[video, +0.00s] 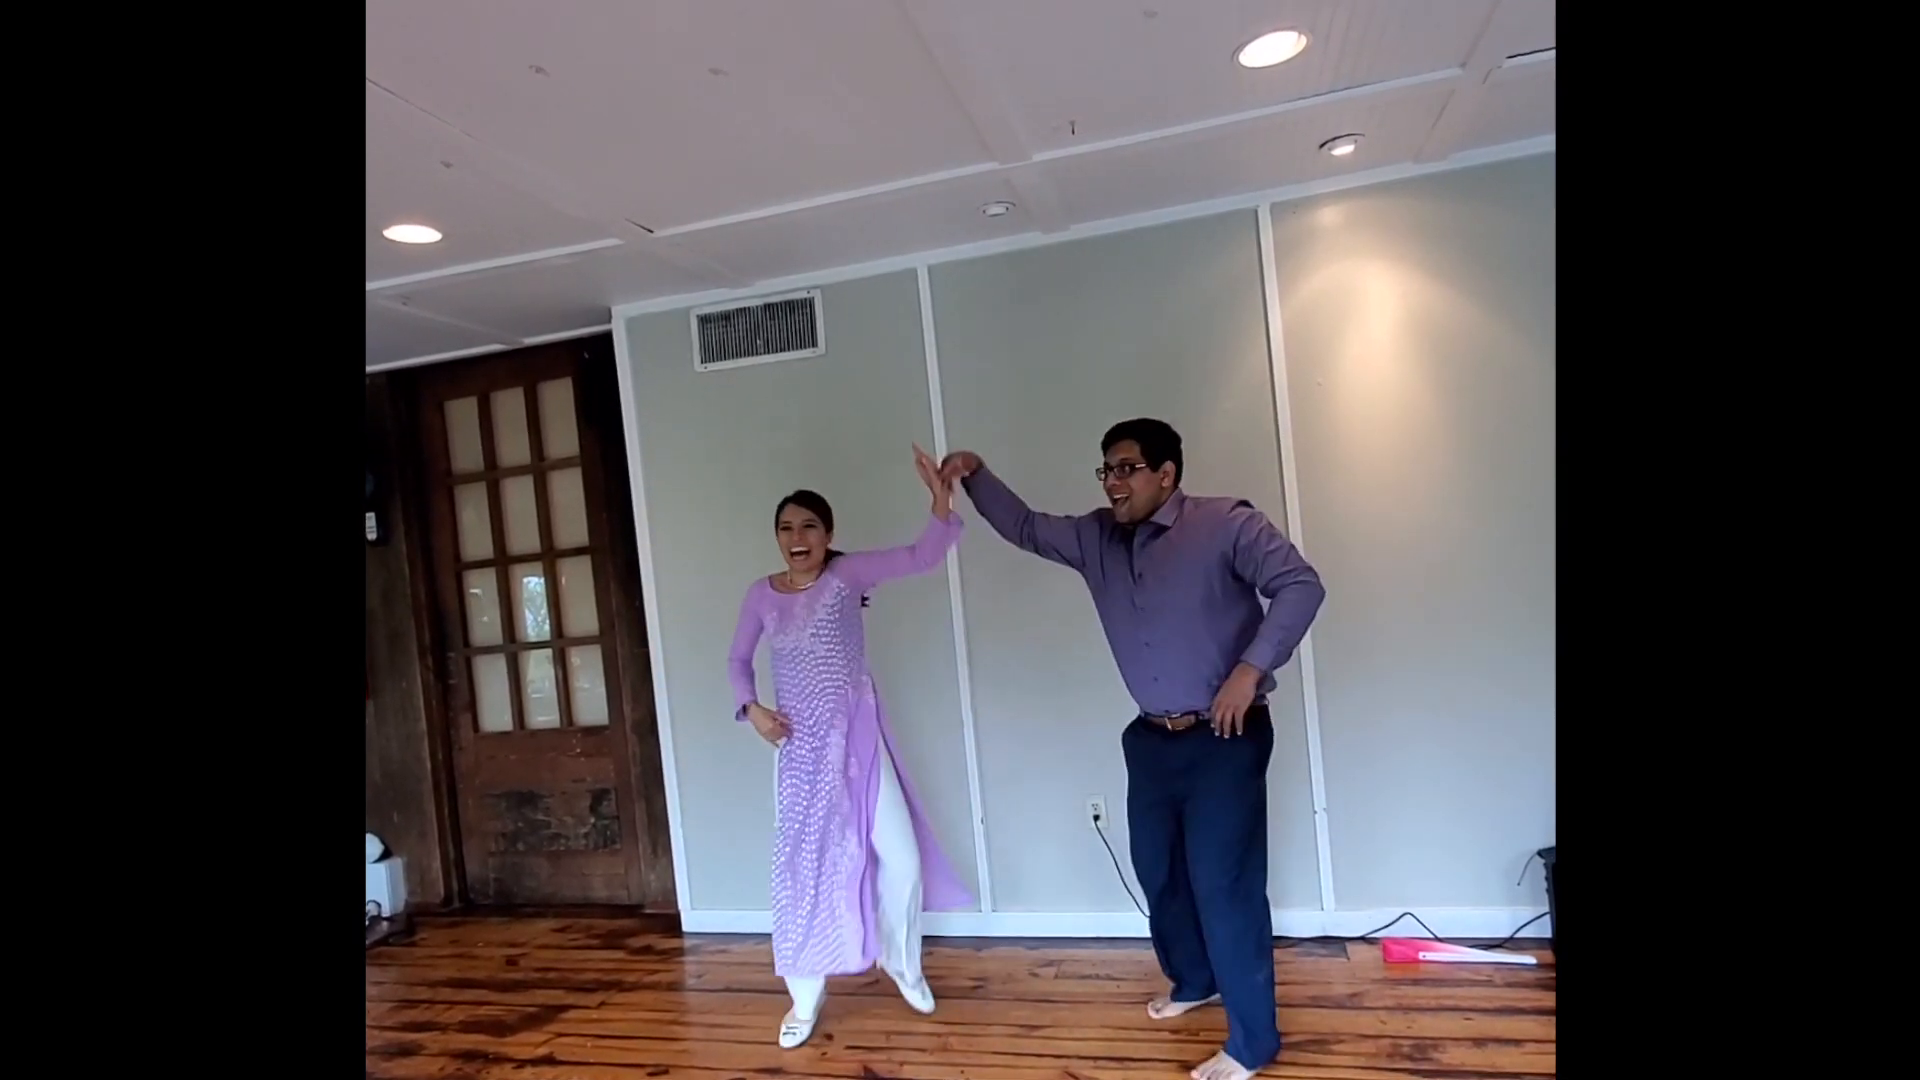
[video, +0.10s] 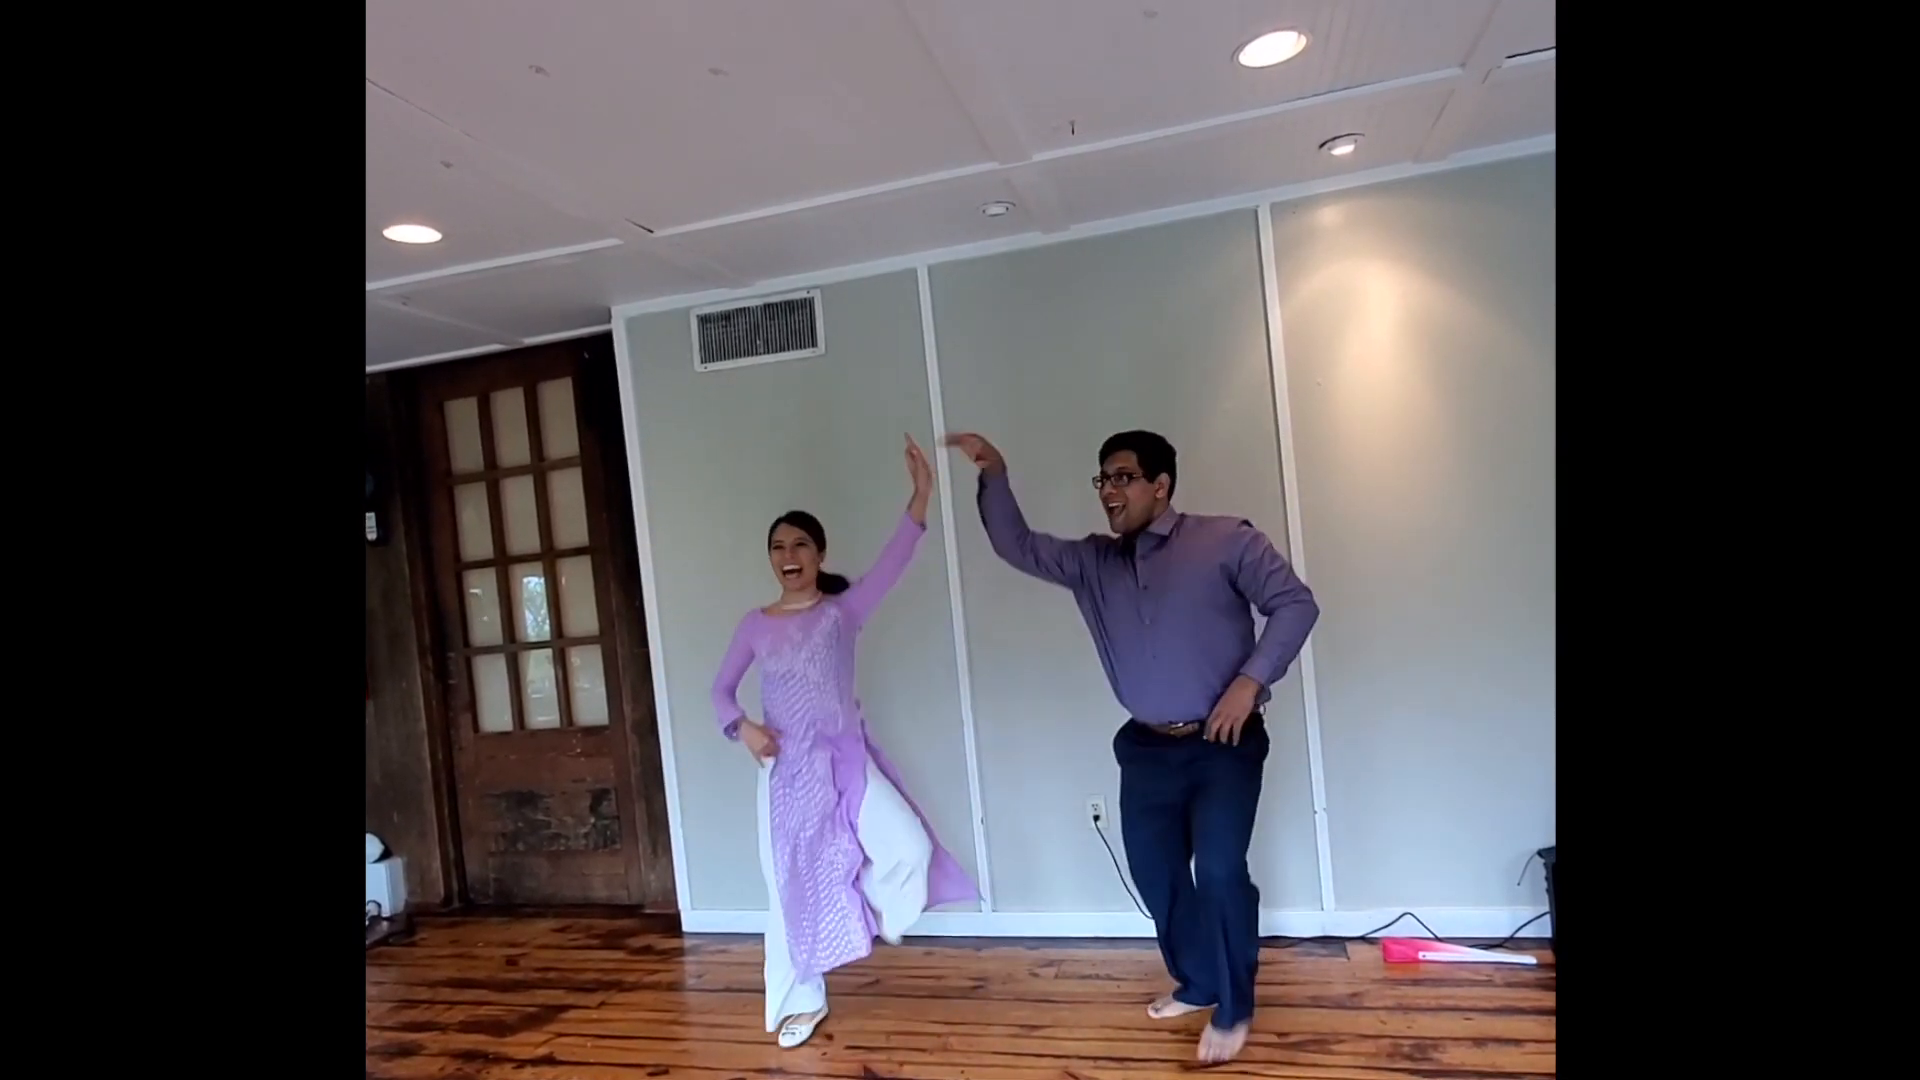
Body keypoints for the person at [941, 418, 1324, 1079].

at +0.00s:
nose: (1111, 482)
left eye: (1124, 469)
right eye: (1106, 471)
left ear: (1166, 473)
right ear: (1105, 477)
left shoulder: (1225, 524)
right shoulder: (1096, 538)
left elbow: (1299, 586)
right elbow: (1024, 525)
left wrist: (1250, 671)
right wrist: (975, 472)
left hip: (1224, 734)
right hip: (1152, 738)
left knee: (1222, 882)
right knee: (1159, 872)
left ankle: (1252, 1043)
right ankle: (1194, 979)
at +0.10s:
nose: (1107, 491)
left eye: (1122, 478)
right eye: (1103, 480)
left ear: (1162, 486)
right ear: (1102, 489)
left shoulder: (1226, 540)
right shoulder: (1092, 561)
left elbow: (1296, 605)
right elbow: (1014, 543)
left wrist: (1250, 682)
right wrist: (992, 471)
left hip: (1225, 738)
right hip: (1147, 745)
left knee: (1218, 869)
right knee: (1155, 873)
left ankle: (1233, 1009)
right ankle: (1197, 982)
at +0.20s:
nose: (1111, 497)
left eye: (1126, 486)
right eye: (1107, 488)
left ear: (1162, 496)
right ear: (1103, 501)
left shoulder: (1223, 549)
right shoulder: (1090, 572)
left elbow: (1292, 613)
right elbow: (1013, 551)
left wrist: (1247, 680)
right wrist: (989, 471)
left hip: (1225, 737)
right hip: (1145, 747)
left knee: (1241, 851)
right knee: (1141, 867)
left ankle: (1237, 932)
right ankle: (1199, 984)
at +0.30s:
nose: (1115, 491)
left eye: (1129, 480)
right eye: (1110, 482)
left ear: (1166, 491)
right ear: (1106, 494)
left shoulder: (1223, 544)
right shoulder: (1087, 560)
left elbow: (1290, 604)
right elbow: (1014, 525)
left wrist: (1253, 670)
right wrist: (969, 451)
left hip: (1230, 727)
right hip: (1146, 741)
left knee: (1275, 823)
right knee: (1148, 867)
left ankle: (1269, 930)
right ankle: (1200, 984)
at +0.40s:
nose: (1118, 477)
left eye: (1131, 466)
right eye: (1112, 470)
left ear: (1168, 476)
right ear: (1108, 484)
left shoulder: (1220, 523)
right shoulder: (1088, 533)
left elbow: (1279, 586)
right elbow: (1019, 503)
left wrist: (1261, 659)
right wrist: (958, 438)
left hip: (1235, 718)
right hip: (1148, 735)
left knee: (1303, 831)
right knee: (1168, 870)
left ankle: (1315, 968)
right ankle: (1203, 983)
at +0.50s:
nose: (1124, 473)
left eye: (1136, 462)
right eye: (1115, 467)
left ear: (1171, 472)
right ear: (1108, 483)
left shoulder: (1223, 523)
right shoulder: (1091, 532)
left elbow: (1278, 588)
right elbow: (1019, 502)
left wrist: (1268, 661)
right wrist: (954, 449)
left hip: (1239, 722)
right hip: (1151, 735)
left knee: (1305, 851)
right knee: (1178, 875)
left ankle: (1357, 986)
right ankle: (1205, 986)